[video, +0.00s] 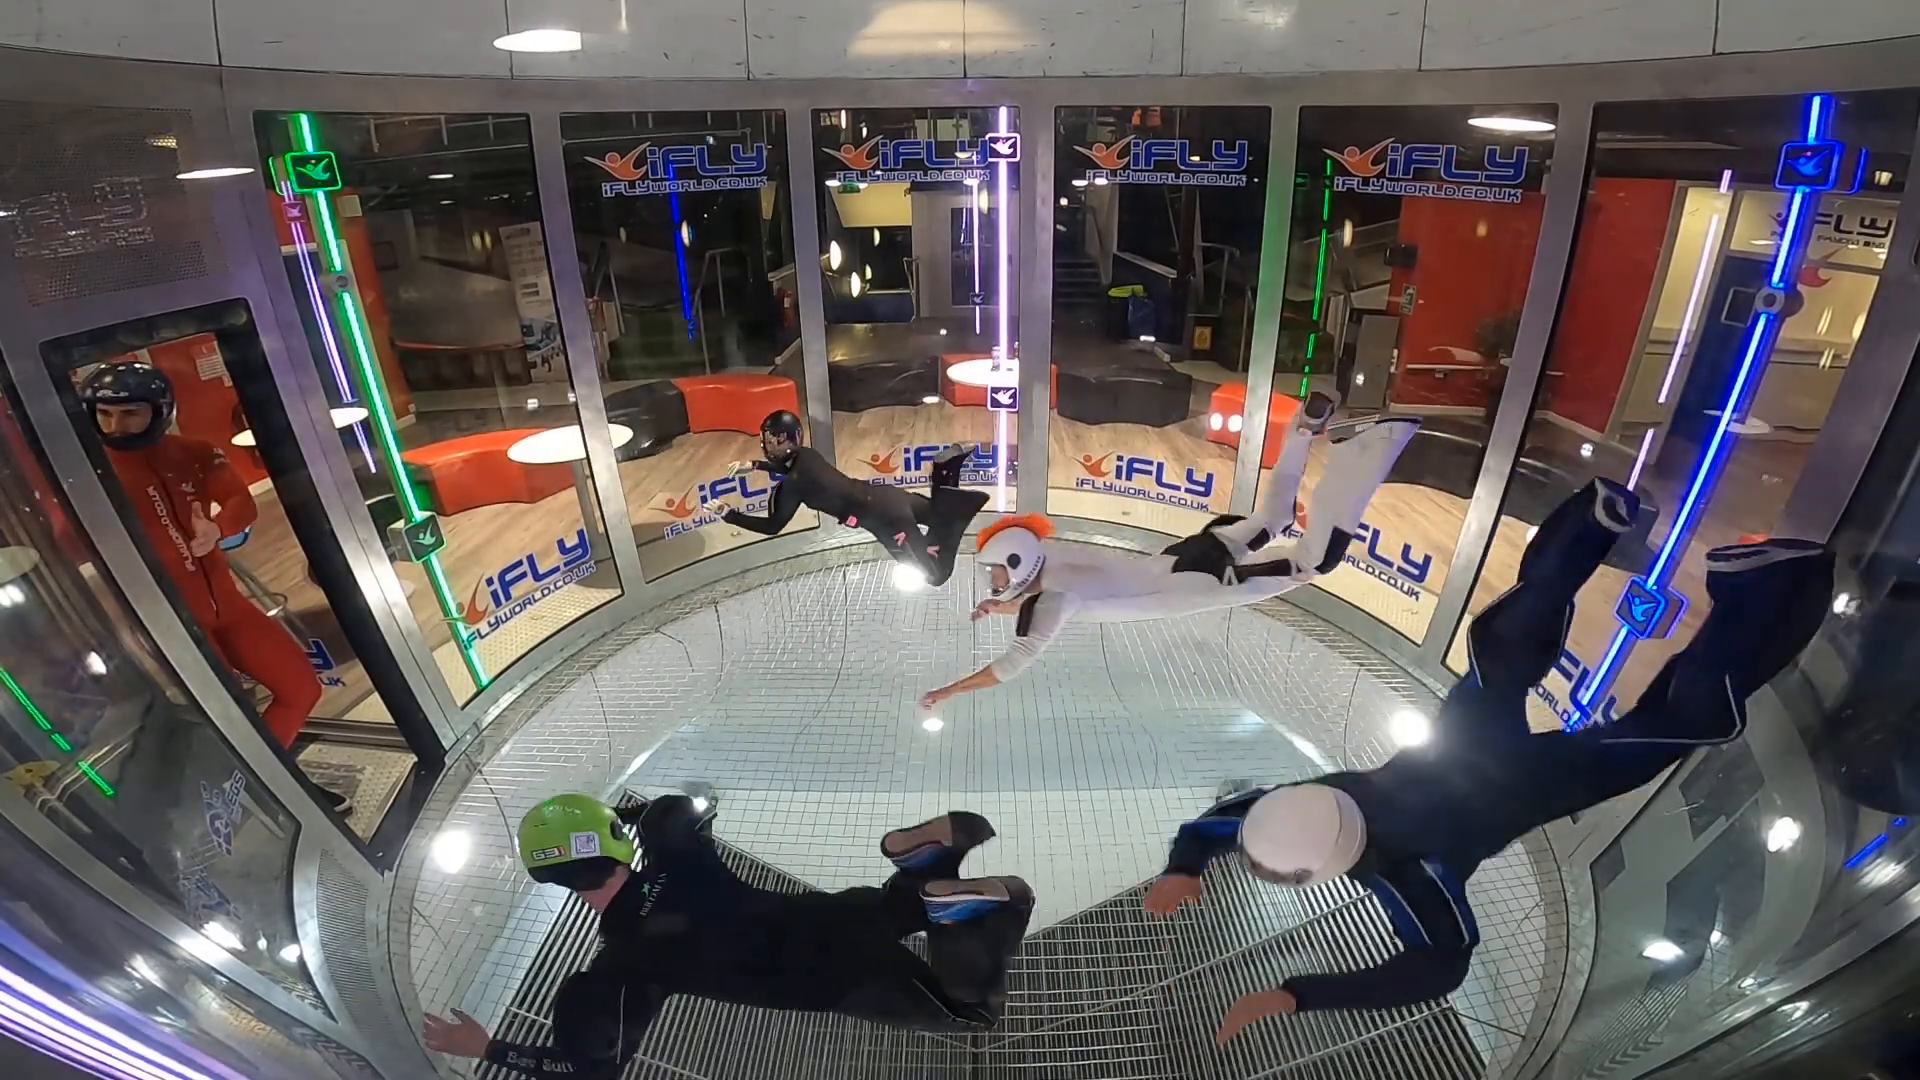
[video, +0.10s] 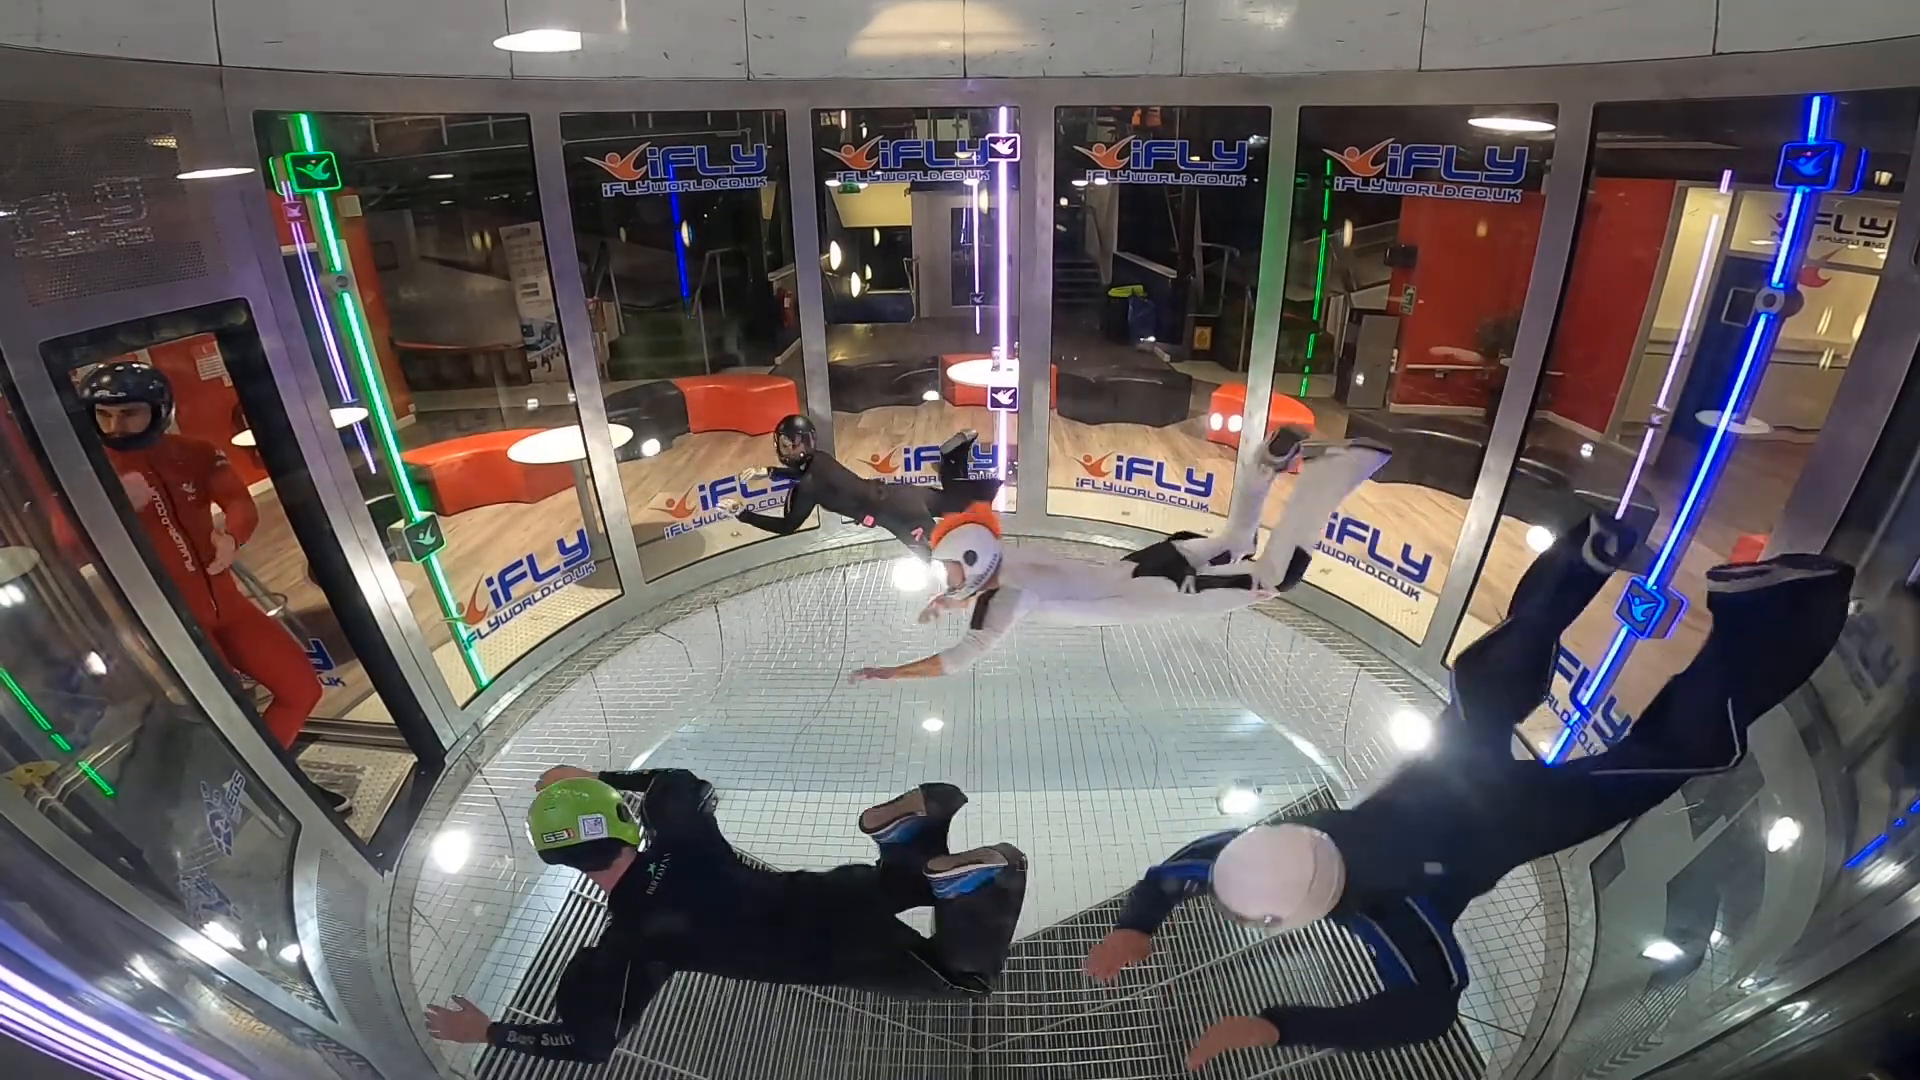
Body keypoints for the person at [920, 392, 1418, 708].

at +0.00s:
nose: (996, 581)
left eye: (1000, 571)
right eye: (993, 572)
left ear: (1023, 563)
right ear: (1023, 555)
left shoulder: (1055, 595)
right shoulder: (1049, 554)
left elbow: (1014, 662)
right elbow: (1032, 592)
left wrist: (949, 692)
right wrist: (1001, 607)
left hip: (1206, 579)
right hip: (1191, 552)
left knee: (1323, 557)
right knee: (1269, 517)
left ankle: (1351, 452)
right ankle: (1307, 429)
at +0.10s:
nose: (956, 571)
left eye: (962, 561)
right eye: (953, 562)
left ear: (984, 552)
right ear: (969, 552)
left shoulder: (1010, 587)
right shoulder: (1000, 554)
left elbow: (967, 656)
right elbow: (973, 583)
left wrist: (898, 674)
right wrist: (947, 598)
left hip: (1150, 590)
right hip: (1143, 561)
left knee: (1277, 576)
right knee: (1236, 545)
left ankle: (1334, 481)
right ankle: (1269, 460)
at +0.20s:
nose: (903, 561)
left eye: (911, 549)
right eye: (900, 552)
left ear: (936, 542)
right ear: (915, 546)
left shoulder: (965, 576)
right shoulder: (952, 558)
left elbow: (909, 645)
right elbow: (916, 618)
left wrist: (835, 646)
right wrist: (894, 601)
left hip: (1109, 591)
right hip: (1094, 574)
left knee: (1225, 594)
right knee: (1189, 574)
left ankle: (1265, 497)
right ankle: (1233, 489)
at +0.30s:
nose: (844, 548)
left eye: (850, 536)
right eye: (839, 538)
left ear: (877, 528)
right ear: (872, 526)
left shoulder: (906, 566)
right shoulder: (903, 543)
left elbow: (849, 629)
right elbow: (857, 552)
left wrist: (772, 621)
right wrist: (833, 570)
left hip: (1049, 590)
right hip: (1036, 581)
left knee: (1168, 608)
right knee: (1149, 598)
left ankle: (1184, 520)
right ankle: (1178, 523)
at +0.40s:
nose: (779, 525)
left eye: (786, 515)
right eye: (778, 515)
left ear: (814, 512)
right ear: (820, 506)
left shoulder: (843, 554)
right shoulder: (845, 522)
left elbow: (792, 613)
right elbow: (806, 519)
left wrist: (712, 607)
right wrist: (769, 534)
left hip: (977, 596)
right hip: (969, 582)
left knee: (1099, 626)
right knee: (1063, 610)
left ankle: (1111, 532)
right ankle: (1110, 537)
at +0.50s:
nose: (719, 501)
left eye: (728, 492)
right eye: (719, 491)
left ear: (758, 495)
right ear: (755, 491)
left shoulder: (786, 539)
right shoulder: (783, 508)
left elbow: (724, 602)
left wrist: (636, 589)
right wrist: (702, 510)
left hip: (921, 593)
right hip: (912, 579)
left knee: (1035, 635)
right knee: (1013, 626)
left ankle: (1031, 540)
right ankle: (1023, 541)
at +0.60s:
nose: (667, 486)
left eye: (674, 477)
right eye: (667, 475)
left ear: (704, 477)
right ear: (704, 471)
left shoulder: (726, 529)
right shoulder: (734, 490)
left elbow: (678, 591)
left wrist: (590, 577)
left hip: (849, 588)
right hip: (850, 560)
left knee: (968, 638)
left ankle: (969, 553)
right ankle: (964, 547)